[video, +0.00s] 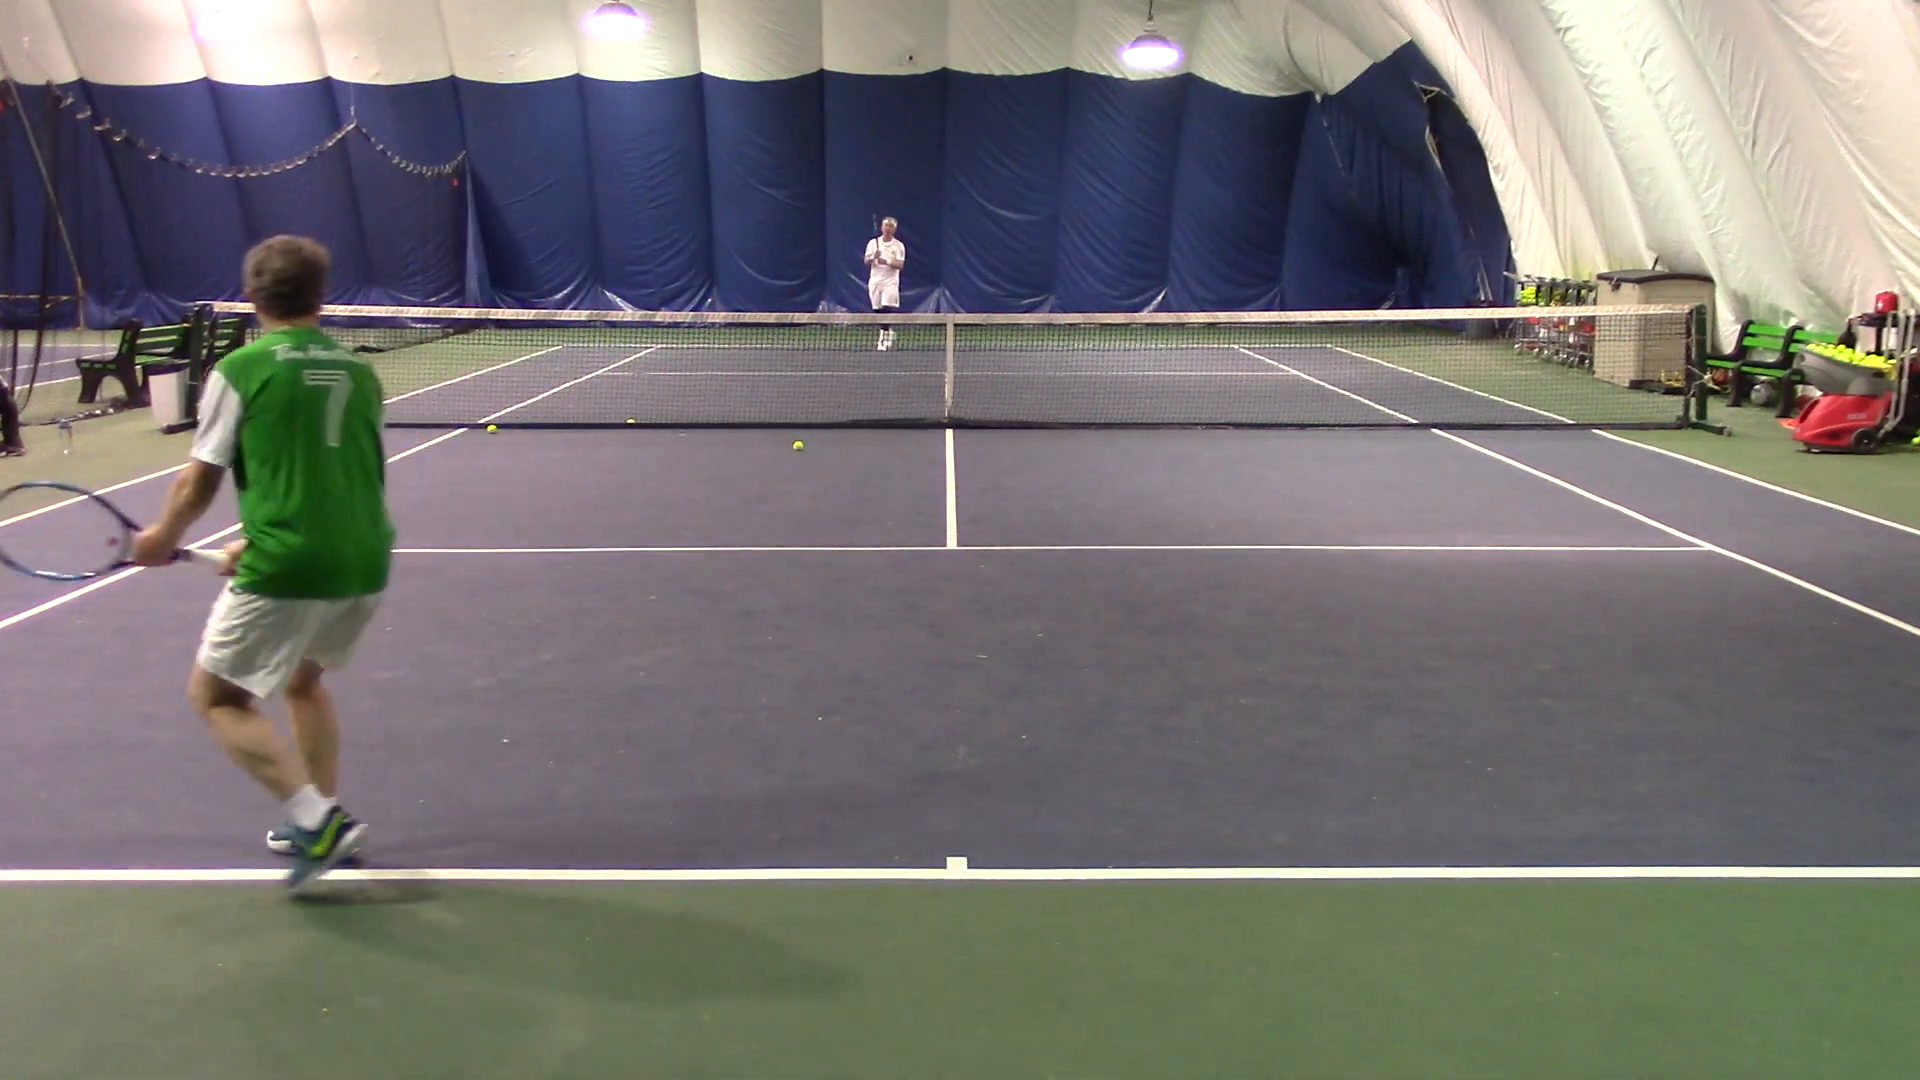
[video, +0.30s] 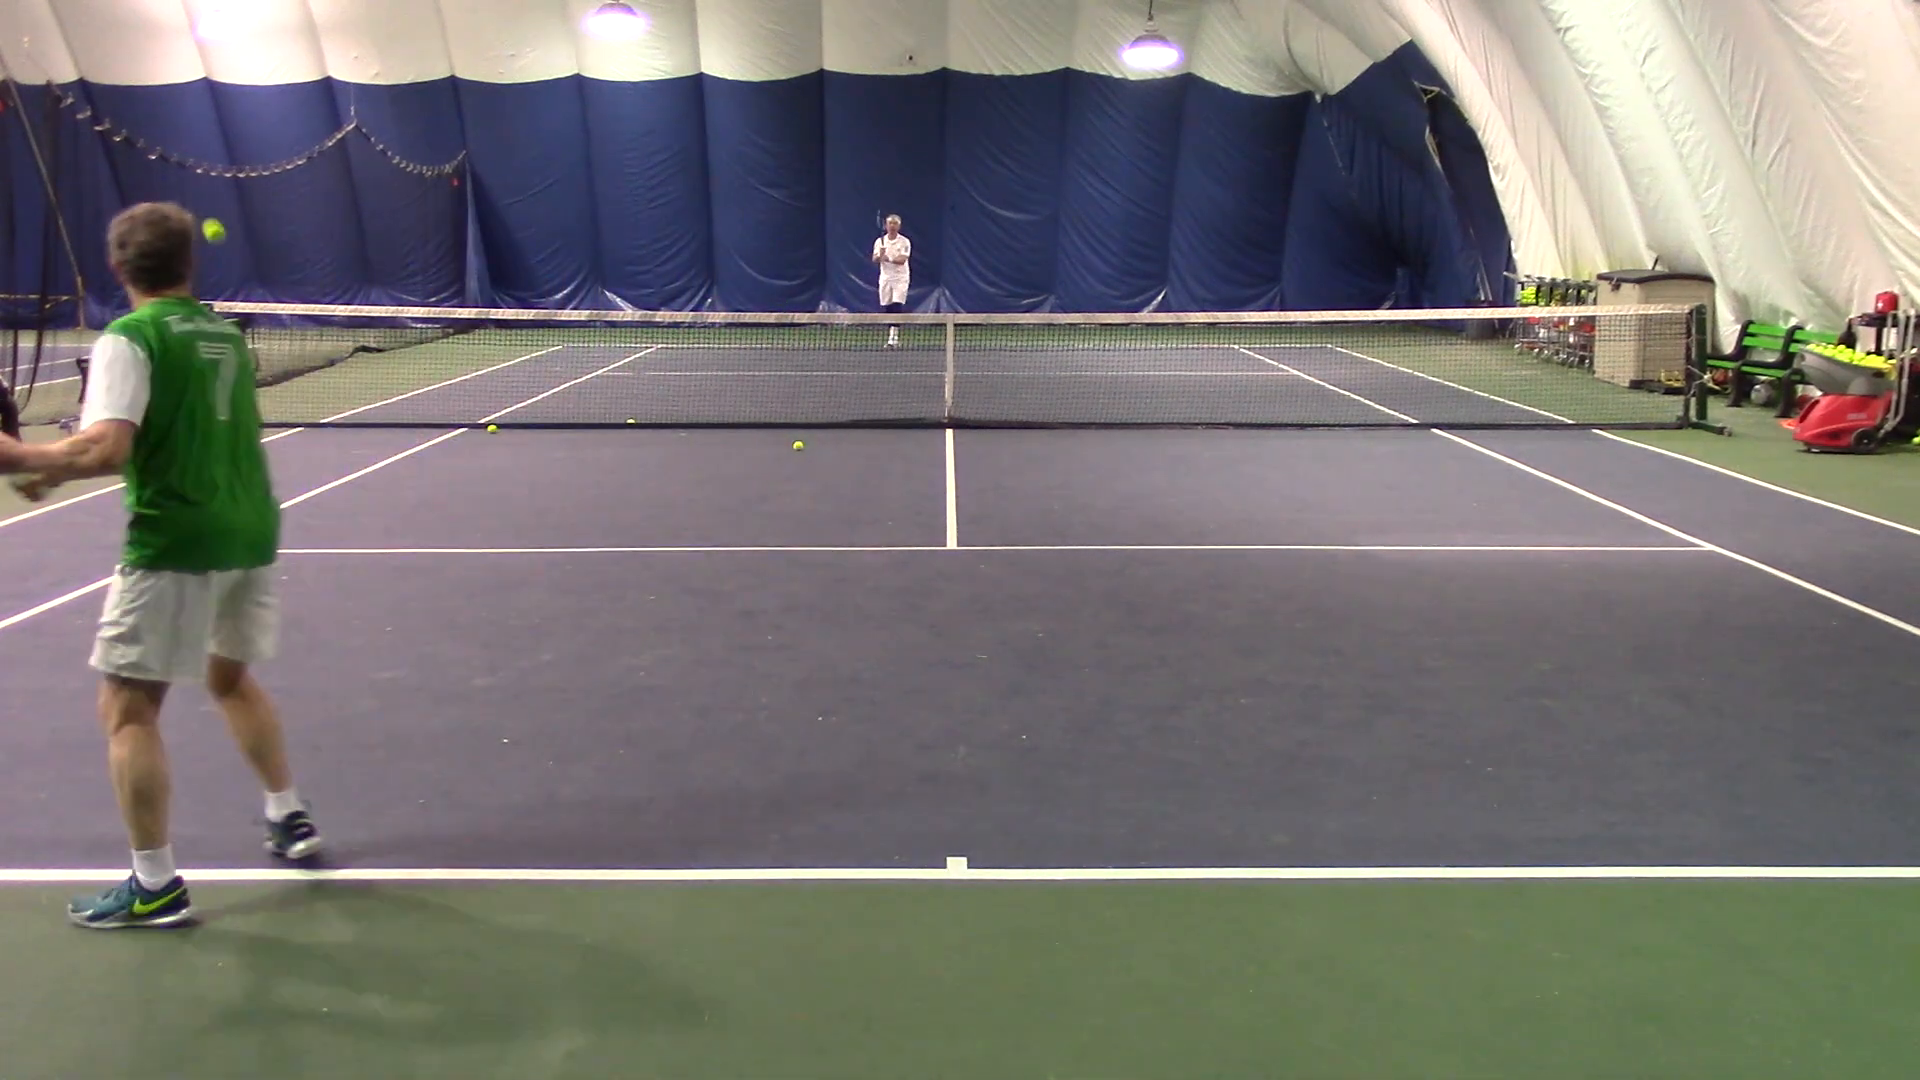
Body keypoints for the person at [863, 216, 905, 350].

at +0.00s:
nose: (887, 230)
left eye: (890, 228)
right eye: (886, 227)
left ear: (894, 230)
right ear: (882, 228)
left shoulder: (899, 246)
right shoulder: (873, 243)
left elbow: (900, 264)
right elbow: (866, 260)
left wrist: (887, 261)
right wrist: (874, 256)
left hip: (890, 281)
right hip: (875, 280)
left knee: (887, 308)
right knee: (877, 309)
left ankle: (882, 338)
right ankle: (888, 332)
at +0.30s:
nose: (892, 227)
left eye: (895, 224)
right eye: (890, 224)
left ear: (899, 226)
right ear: (886, 225)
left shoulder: (905, 242)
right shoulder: (879, 241)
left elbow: (902, 260)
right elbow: (874, 259)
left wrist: (888, 258)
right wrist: (880, 254)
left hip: (900, 278)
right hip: (885, 278)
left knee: (896, 305)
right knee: (887, 306)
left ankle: (893, 336)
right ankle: (893, 335)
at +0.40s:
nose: (896, 226)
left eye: (898, 224)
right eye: (894, 223)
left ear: (902, 225)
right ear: (889, 225)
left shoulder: (908, 240)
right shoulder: (883, 240)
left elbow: (904, 257)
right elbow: (877, 256)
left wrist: (888, 255)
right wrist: (882, 252)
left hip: (903, 277)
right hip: (888, 277)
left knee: (904, 306)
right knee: (891, 307)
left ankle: (904, 337)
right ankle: (893, 336)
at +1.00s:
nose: (928, 229)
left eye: (931, 226)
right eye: (926, 226)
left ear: (935, 229)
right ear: (923, 228)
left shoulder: (941, 244)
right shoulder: (916, 243)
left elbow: (942, 259)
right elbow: (913, 259)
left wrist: (931, 267)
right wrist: (919, 263)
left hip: (936, 279)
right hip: (919, 278)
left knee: (939, 307)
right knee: (912, 305)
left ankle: (942, 335)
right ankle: (908, 335)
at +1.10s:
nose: (932, 228)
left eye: (935, 225)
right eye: (931, 225)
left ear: (939, 227)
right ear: (927, 226)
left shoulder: (944, 243)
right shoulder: (919, 242)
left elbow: (944, 258)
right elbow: (914, 259)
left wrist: (933, 265)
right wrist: (920, 260)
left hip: (938, 278)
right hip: (921, 277)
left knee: (939, 306)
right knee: (915, 304)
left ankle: (942, 335)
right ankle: (912, 335)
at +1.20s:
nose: (935, 227)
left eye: (938, 224)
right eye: (934, 224)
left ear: (942, 227)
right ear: (930, 225)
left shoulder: (946, 242)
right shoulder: (921, 240)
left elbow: (946, 258)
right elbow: (915, 258)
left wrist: (936, 263)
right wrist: (921, 257)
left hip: (939, 277)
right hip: (923, 276)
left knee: (940, 306)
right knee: (917, 304)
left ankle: (942, 334)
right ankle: (918, 334)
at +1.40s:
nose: (935, 228)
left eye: (937, 225)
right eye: (933, 225)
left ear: (941, 227)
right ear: (929, 226)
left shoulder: (946, 243)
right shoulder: (921, 241)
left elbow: (947, 259)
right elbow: (916, 258)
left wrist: (938, 264)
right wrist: (923, 261)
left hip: (939, 277)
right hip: (924, 277)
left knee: (941, 306)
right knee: (921, 305)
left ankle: (943, 333)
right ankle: (923, 332)